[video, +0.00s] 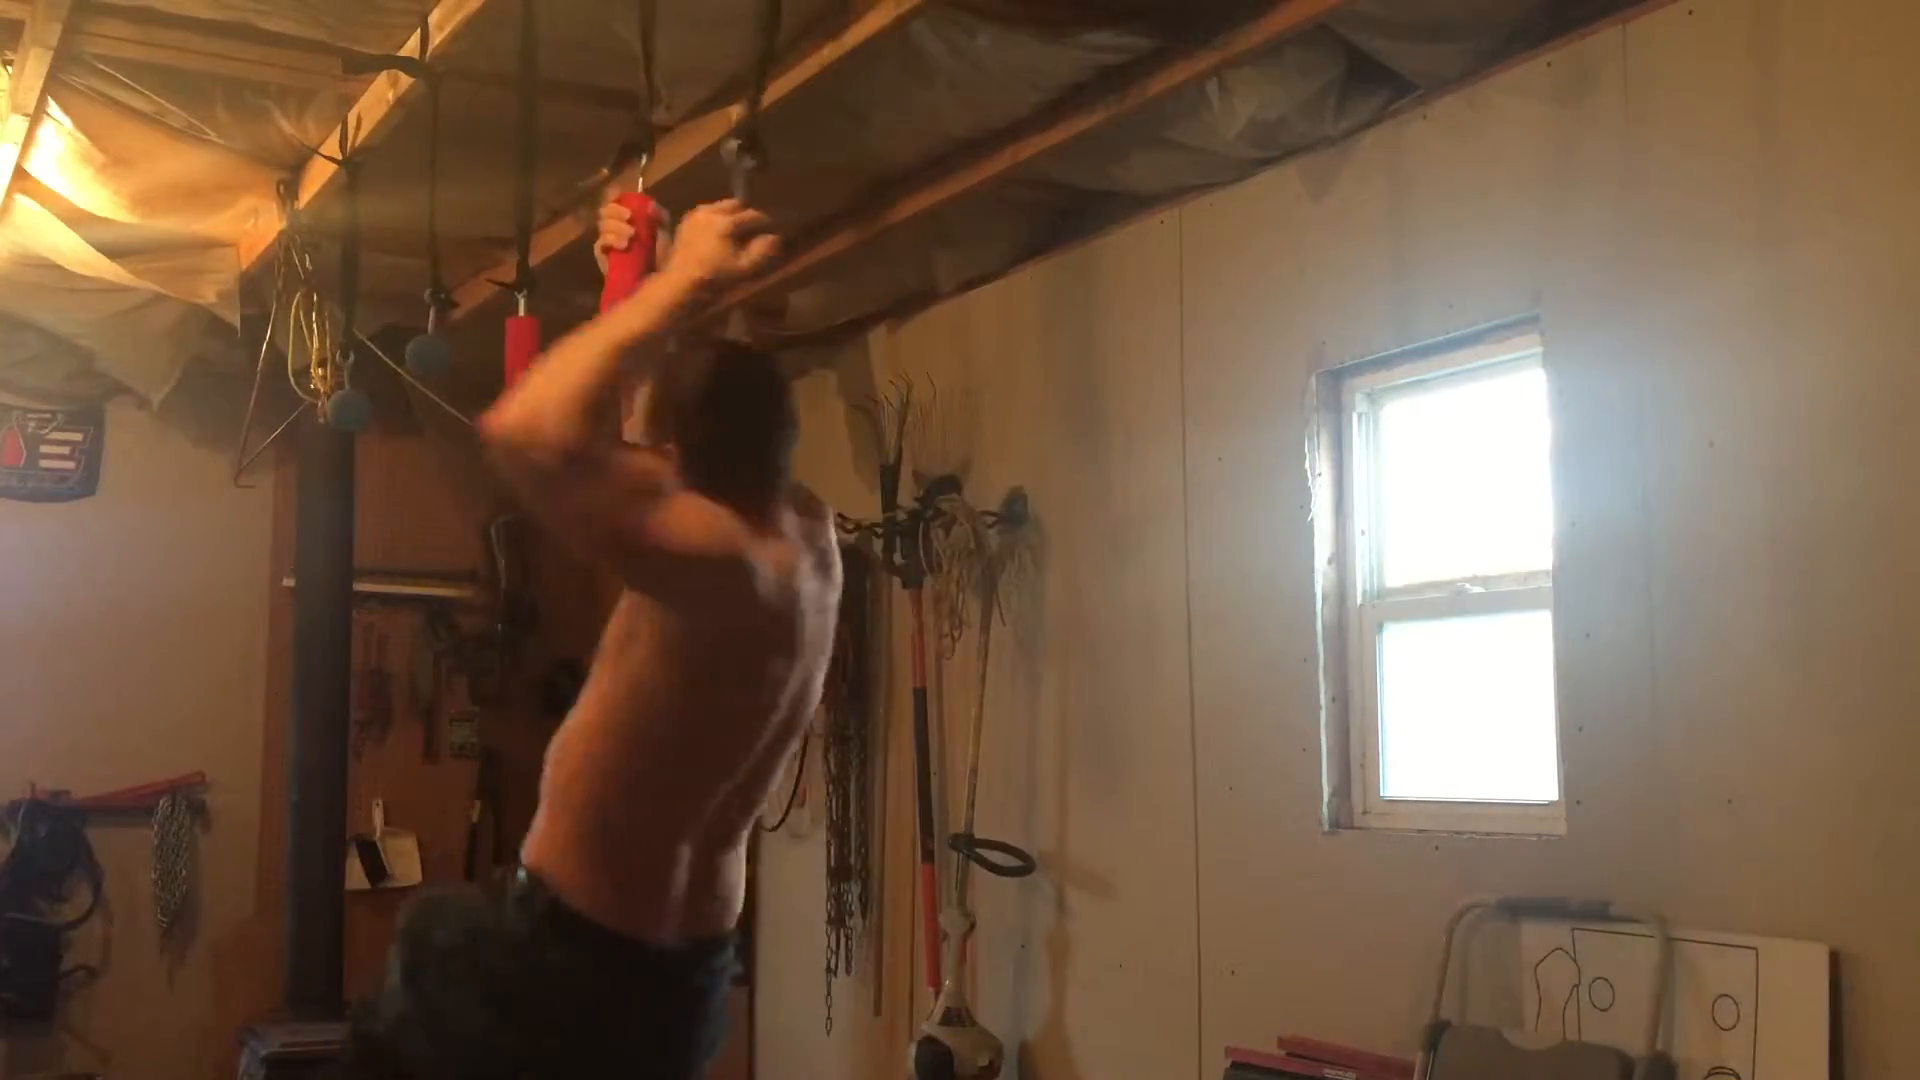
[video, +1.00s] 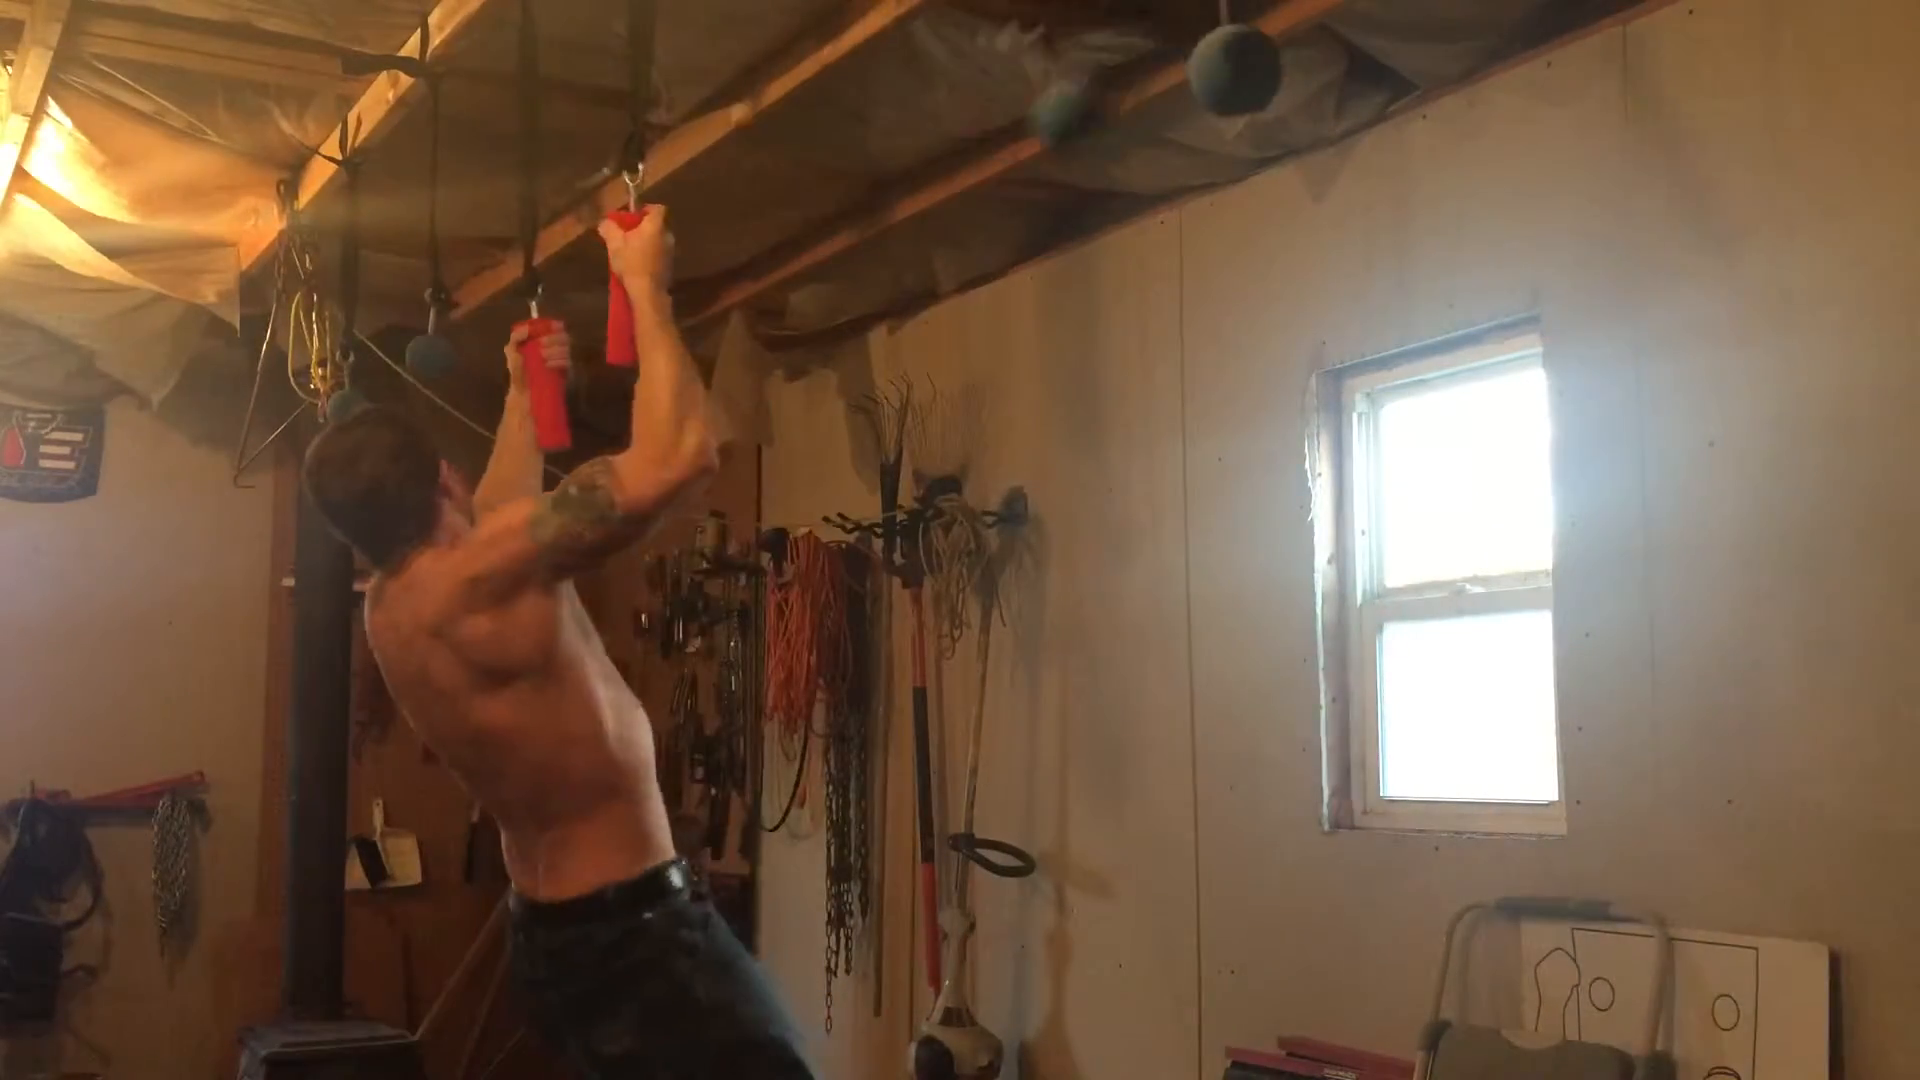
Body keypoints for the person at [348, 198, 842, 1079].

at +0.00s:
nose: (634, 434)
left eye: (646, 418)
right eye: (634, 417)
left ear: (674, 449)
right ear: (772, 438)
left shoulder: (709, 557)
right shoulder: (812, 546)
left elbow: (523, 431)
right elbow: (635, 447)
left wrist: (679, 280)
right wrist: (651, 314)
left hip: (575, 959)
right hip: (695, 965)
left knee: (429, 939)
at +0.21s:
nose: (582, 439)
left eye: (580, 423)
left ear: (591, 434)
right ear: (705, 424)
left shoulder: (546, 539)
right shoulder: (778, 523)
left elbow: (420, 396)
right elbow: (697, 428)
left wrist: (521, 257)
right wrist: (672, 289)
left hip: (534, 878)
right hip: (684, 910)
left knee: (430, 938)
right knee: (655, 1049)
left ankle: (364, 1059)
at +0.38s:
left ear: (512, 431)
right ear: (644, 414)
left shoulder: (463, 549)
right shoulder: (715, 508)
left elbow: (453, 459)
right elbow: (693, 404)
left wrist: (460, 351)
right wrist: (657, 301)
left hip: (534, 859)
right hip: (689, 879)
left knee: (453, 940)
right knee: (705, 1047)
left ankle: (407, 1040)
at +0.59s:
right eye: (518, 432)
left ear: (418, 476)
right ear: (521, 451)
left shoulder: (396, 569)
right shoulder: (601, 533)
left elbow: (437, 486)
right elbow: (718, 446)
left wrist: (502, 387)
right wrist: (645, 293)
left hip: (536, 902)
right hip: (675, 898)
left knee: (560, 1065)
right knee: (781, 1063)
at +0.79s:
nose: (468, 472)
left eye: (461, 463)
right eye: (457, 462)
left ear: (357, 531)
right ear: (450, 492)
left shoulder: (376, 616)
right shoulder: (520, 569)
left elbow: (480, 515)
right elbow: (703, 458)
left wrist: (512, 388)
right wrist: (647, 289)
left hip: (538, 932)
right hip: (659, 929)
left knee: (608, 1065)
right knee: (815, 1065)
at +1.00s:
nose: (465, 476)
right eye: (453, 464)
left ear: (356, 534)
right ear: (447, 485)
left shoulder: (387, 615)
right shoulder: (486, 572)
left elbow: (500, 524)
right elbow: (674, 455)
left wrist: (527, 393)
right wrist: (645, 286)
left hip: (548, 937)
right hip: (638, 930)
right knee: (777, 1063)